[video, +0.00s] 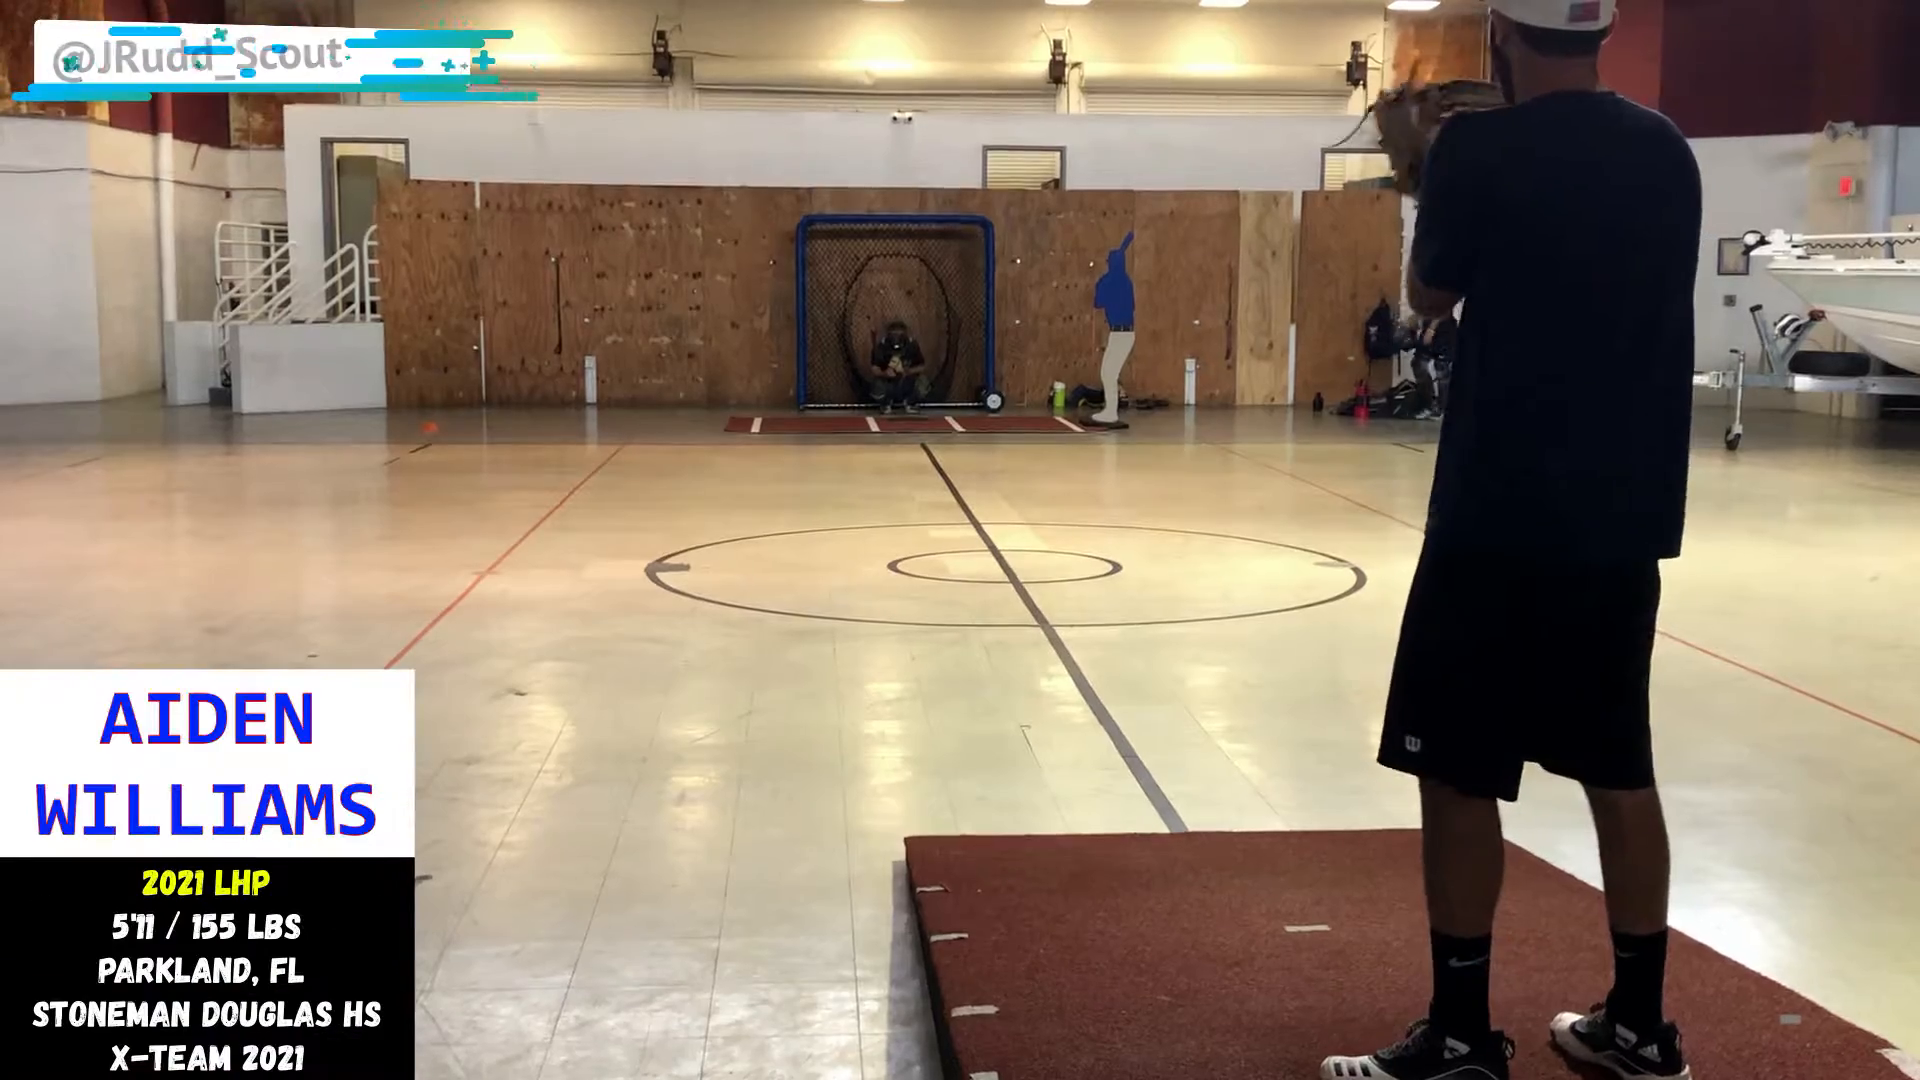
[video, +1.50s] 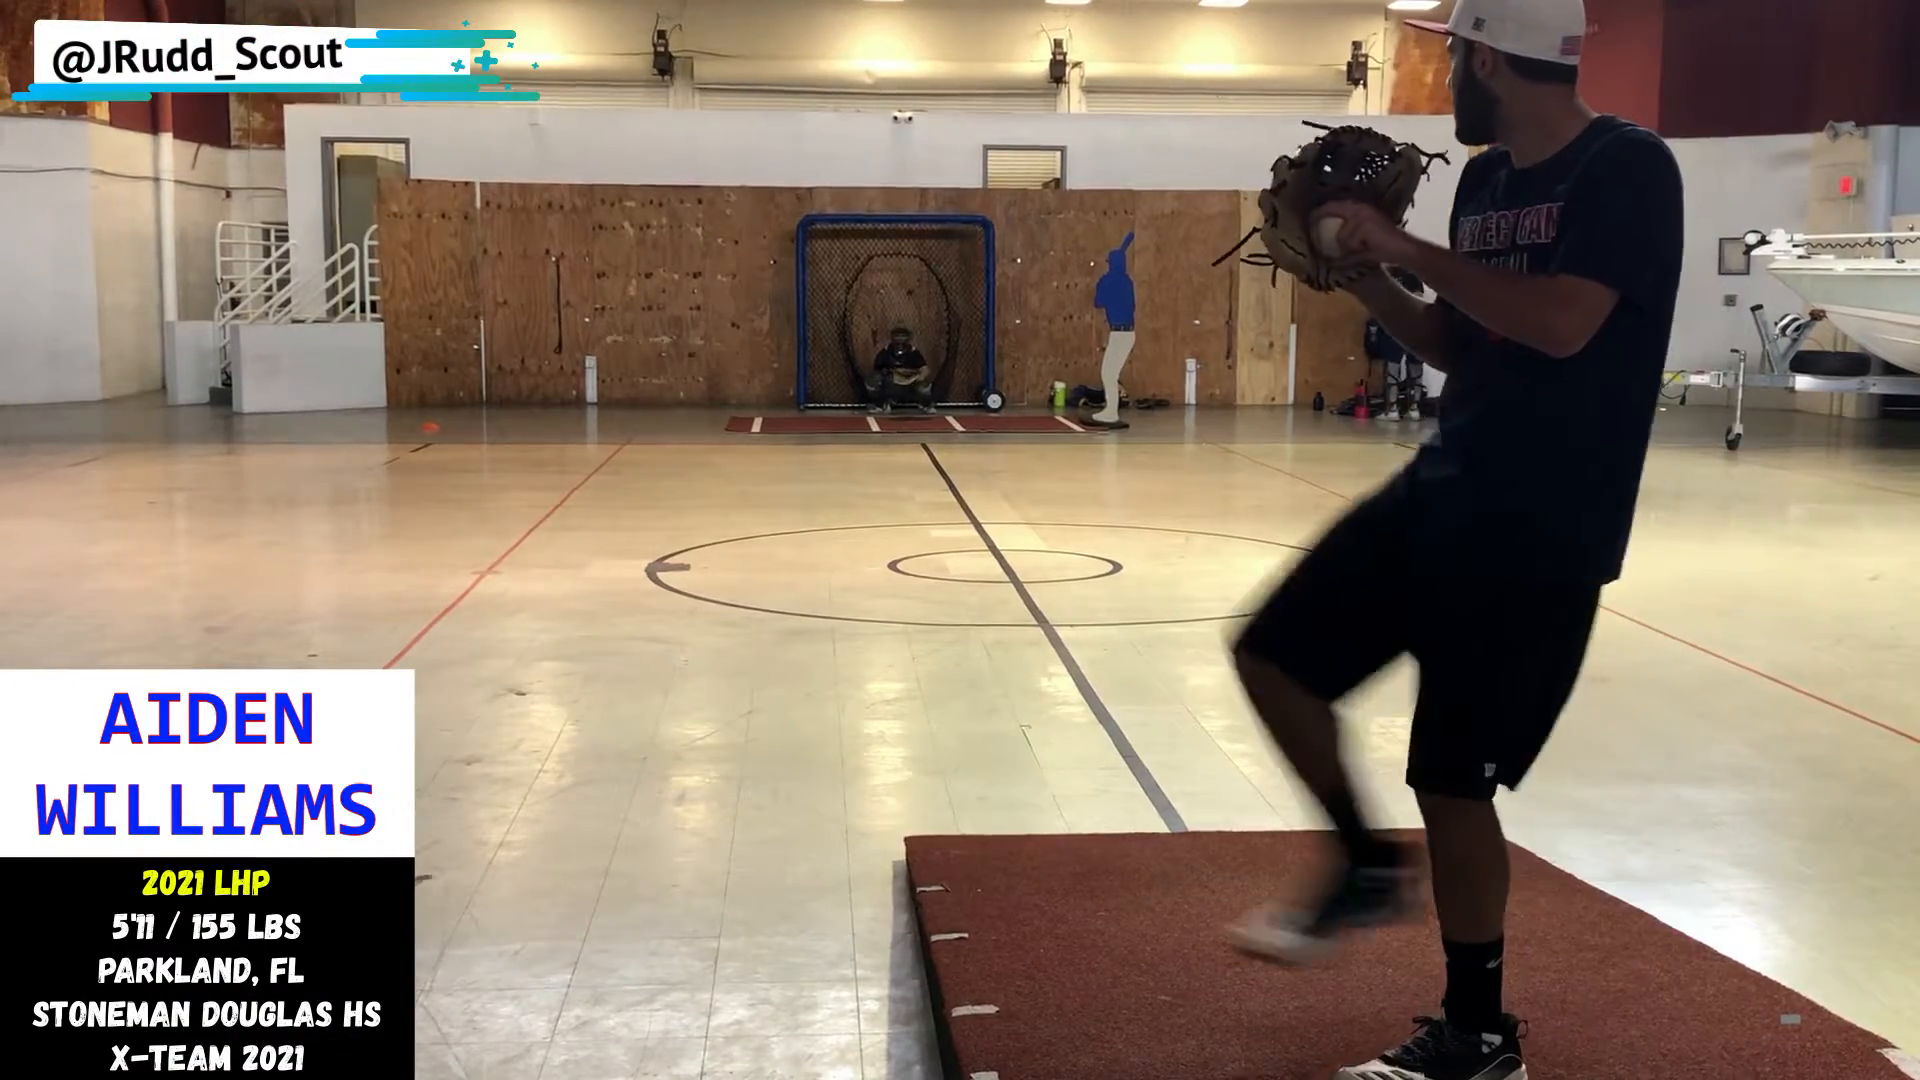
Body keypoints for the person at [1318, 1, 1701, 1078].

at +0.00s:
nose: (1491, 48)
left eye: (1494, 34)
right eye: (1504, 34)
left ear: (1504, 39)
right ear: (1605, 36)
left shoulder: (1477, 143)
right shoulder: (1667, 148)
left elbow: (1428, 299)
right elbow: (1634, 297)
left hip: (1494, 521)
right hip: (1624, 519)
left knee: (1459, 764)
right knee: (1620, 765)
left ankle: (1461, 1032)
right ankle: (1640, 1020)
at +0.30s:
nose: (1436, 58)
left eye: (1440, 40)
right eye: (1444, 42)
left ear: (1453, 45)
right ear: (1549, 52)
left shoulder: (1474, 154)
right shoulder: (1596, 148)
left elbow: (1437, 341)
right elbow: (1532, 327)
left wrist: (1377, 296)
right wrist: (1405, 287)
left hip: (1552, 526)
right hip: (1643, 513)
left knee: (1460, 764)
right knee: (1574, 755)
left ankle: (1461, 1033)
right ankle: (1670, 975)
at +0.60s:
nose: (1474, 99)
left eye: (1481, 74)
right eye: (1477, 76)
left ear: (1518, 73)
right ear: (1567, 72)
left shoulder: (1604, 173)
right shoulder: (1588, 175)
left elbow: (1620, 345)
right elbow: (1587, 336)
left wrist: (1465, 343)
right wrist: (1467, 331)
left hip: (1628, 531)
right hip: (1645, 527)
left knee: (1478, 737)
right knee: (1635, 756)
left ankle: (1460, 1016)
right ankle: (1697, 1002)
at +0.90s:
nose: (1507, 80)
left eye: (1514, 58)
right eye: (1508, 59)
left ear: (1551, 62)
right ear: (1589, 61)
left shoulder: (1658, 167)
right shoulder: (1576, 187)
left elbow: (1635, 344)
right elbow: (1589, 341)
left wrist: (1477, 316)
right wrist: (1475, 308)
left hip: (1657, 541)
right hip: (1609, 535)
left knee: (1539, 762)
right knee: (1652, 760)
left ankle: (1486, 1025)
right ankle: (1700, 1002)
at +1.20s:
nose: (1472, 85)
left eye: (1477, 61)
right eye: (1475, 63)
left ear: (1506, 63)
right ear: (1551, 65)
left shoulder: (1640, 172)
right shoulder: (1522, 191)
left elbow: (1568, 332)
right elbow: (1496, 347)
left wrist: (1411, 251)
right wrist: (1389, 278)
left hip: (1621, 540)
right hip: (1563, 537)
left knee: (1486, 763)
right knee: (1606, 764)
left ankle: (1477, 1026)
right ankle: (1695, 999)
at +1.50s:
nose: (1453, 75)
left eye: (1458, 50)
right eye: (1456, 53)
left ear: (1489, 54)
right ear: (1539, 56)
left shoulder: (1632, 168)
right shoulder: (1483, 181)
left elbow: (1564, 321)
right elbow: (1457, 349)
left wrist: (1400, 245)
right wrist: (1362, 277)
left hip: (1543, 531)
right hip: (1441, 499)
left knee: (1451, 775)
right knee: (1275, 658)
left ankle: (1476, 1026)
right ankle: (1365, 860)